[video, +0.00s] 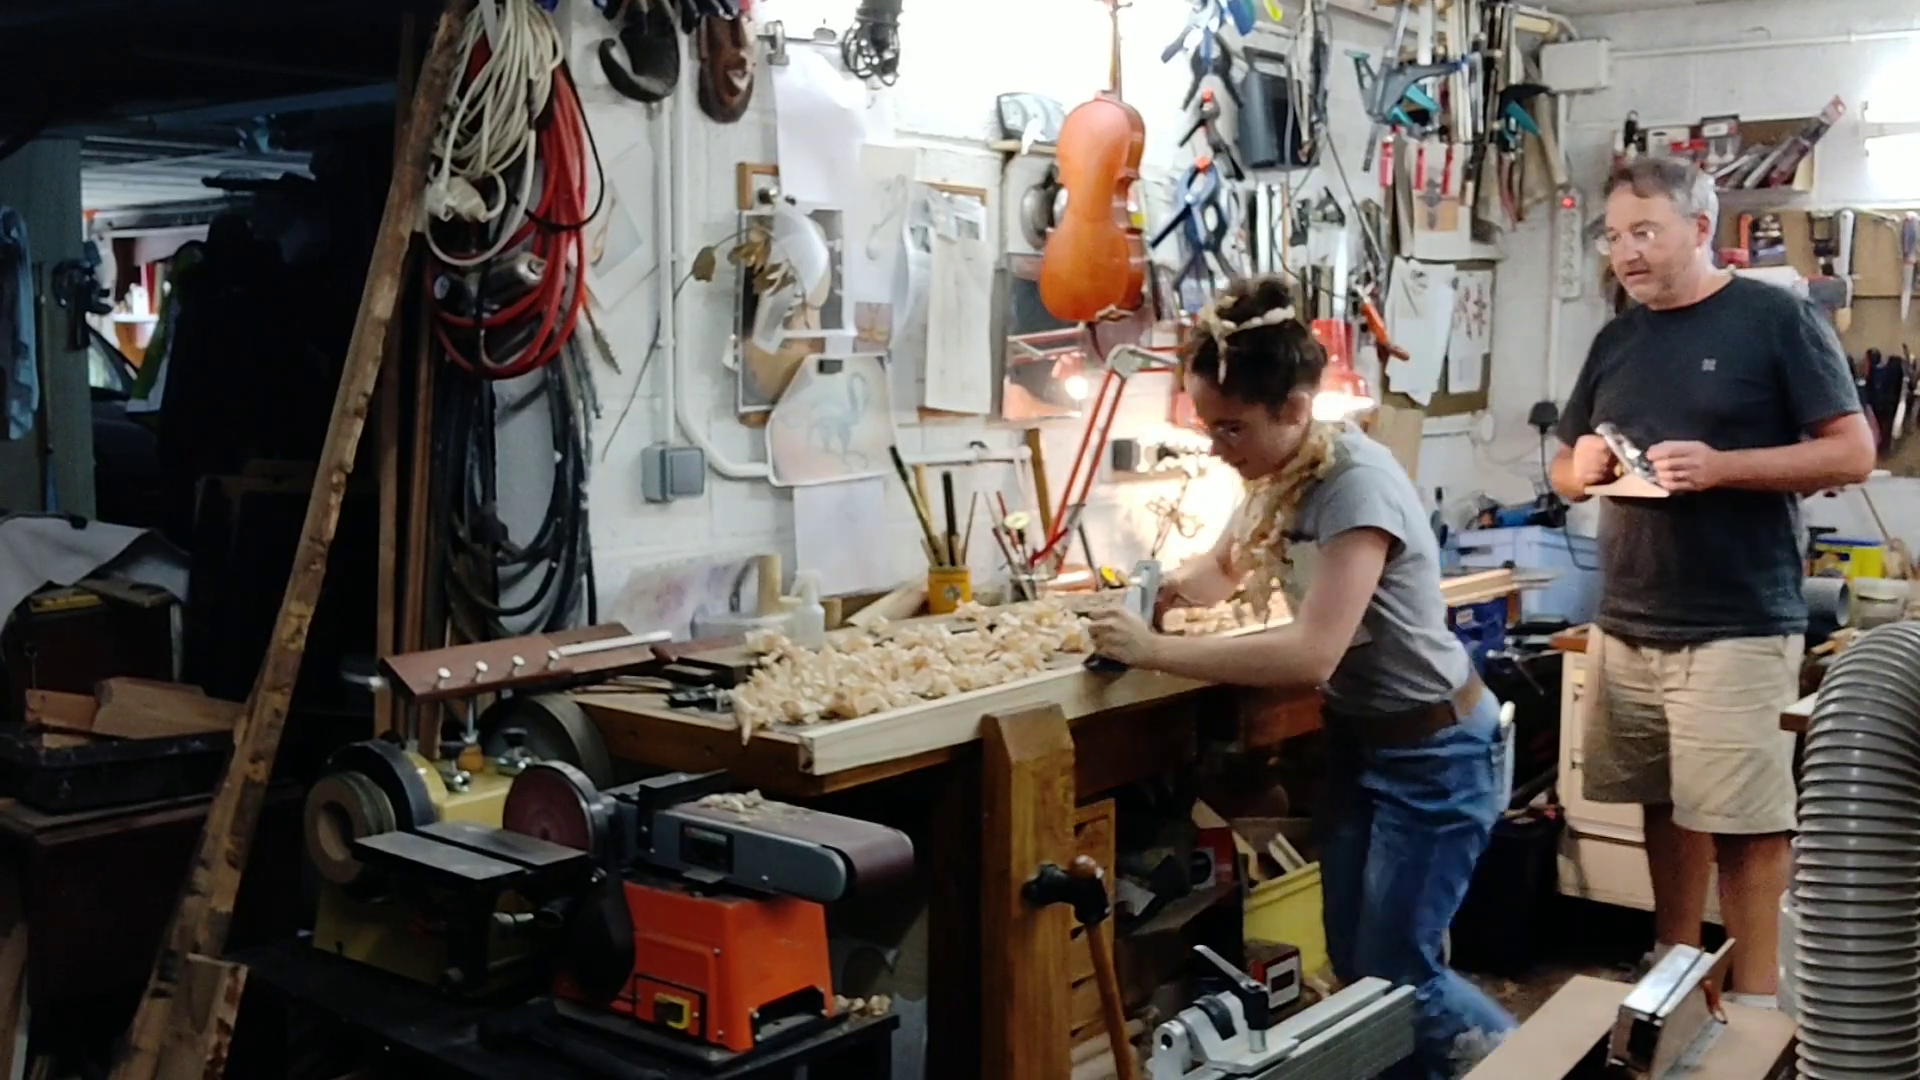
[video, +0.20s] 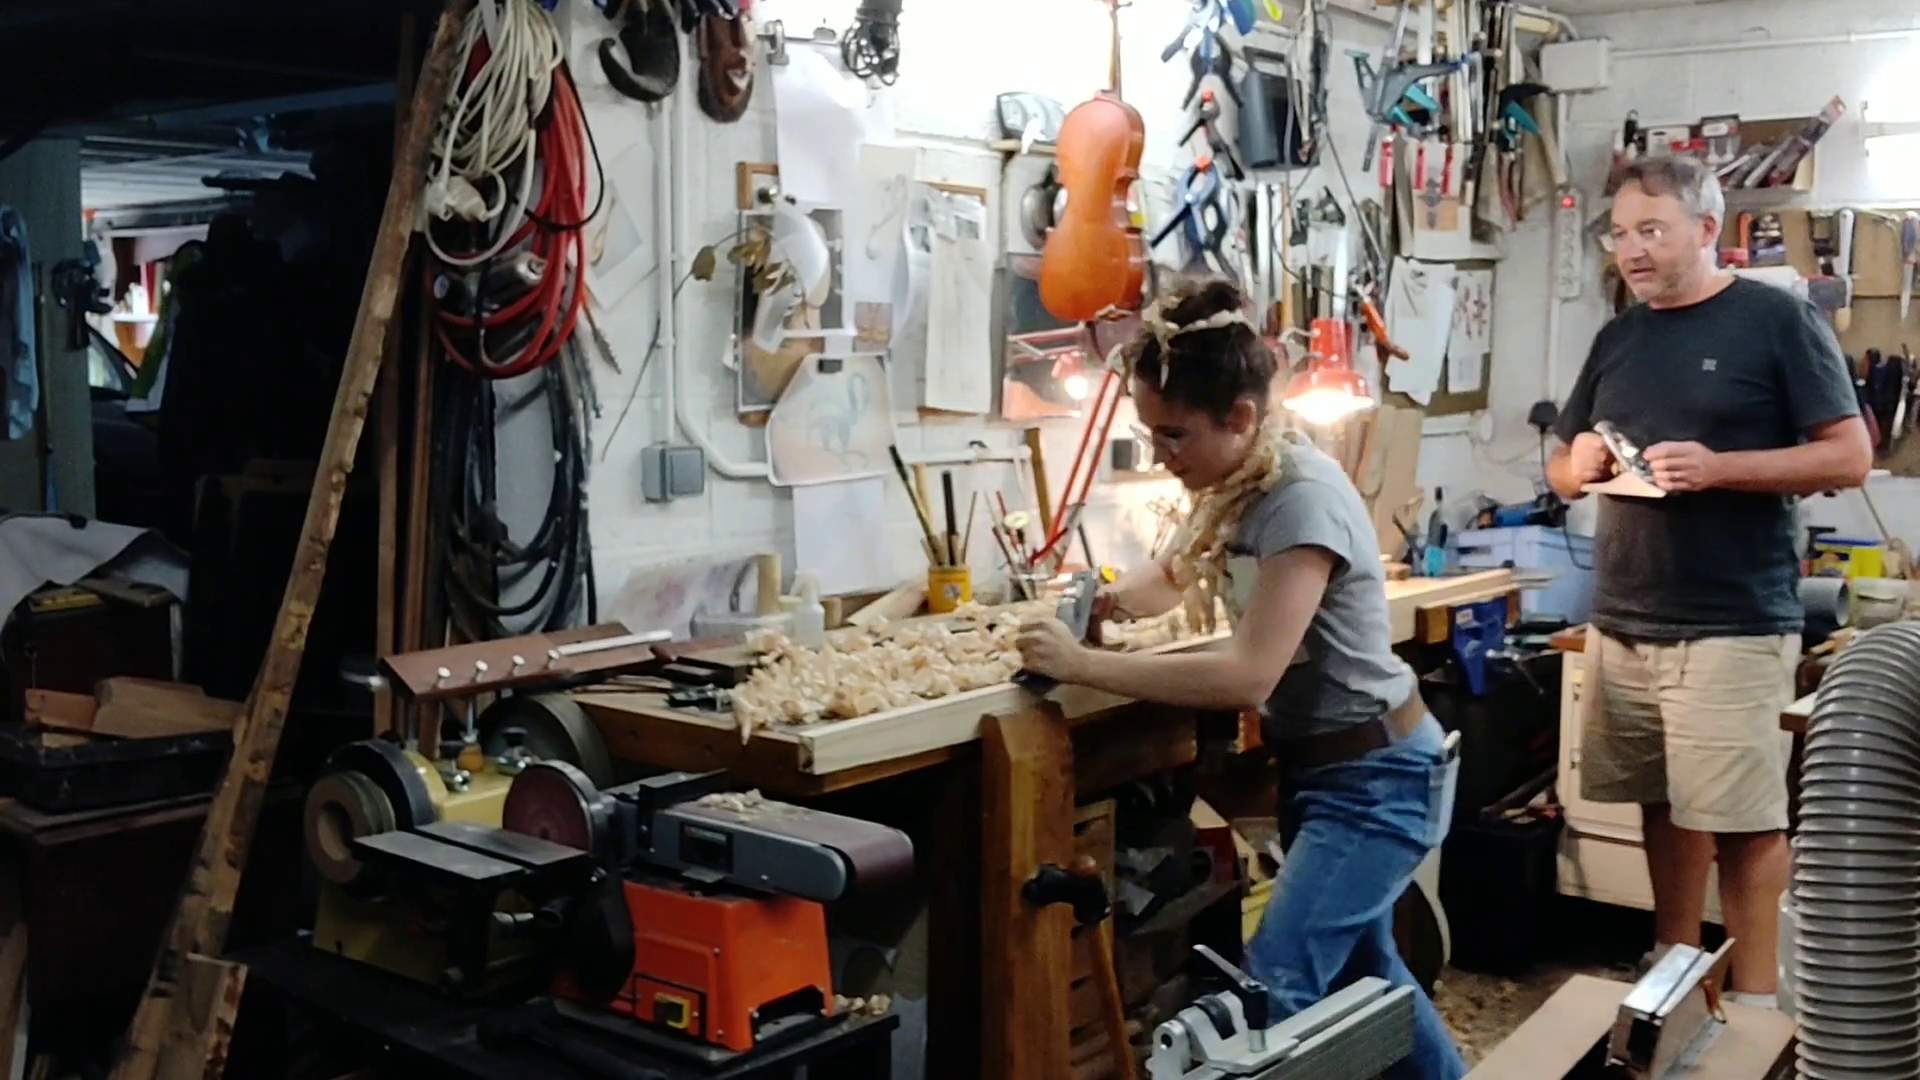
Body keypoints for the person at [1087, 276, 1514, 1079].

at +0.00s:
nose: (1217, 449)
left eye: (1231, 430)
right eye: (1208, 429)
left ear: (1295, 407)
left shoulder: (1360, 481)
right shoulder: (1283, 483)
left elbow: (1314, 652)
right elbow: (1221, 572)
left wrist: (1162, 652)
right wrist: (1144, 597)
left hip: (1439, 752)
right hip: (1362, 745)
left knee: (1395, 971)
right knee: (1353, 962)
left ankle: (1523, 1061)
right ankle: (1452, 1062)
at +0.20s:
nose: (1158, 457)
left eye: (1172, 438)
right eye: (1150, 437)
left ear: (1242, 416)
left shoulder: (1304, 497)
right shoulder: (1242, 492)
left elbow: (1249, 677)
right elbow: (1176, 578)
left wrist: (1084, 661)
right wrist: (1099, 598)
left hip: (1376, 777)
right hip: (1318, 774)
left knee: (1278, 977)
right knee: (1375, 979)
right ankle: (1444, 1074)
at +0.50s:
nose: (1059, 445)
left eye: (1068, 423)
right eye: (1052, 424)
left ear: (1144, 402)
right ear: (1139, 406)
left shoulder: (1219, 494)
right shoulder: (1165, 480)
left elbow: (1142, 696)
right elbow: (1102, 584)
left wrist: (964, 689)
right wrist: (1010, 620)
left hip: (1325, 795)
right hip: (1294, 787)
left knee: (1194, 1026)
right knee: (1348, 1013)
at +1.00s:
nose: (1122, 351)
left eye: (1133, 330)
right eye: (1122, 328)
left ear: (1193, 338)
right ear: (1211, 340)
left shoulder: (1240, 463)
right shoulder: (1276, 440)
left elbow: (1125, 661)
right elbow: (1172, 600)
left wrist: (947, 617)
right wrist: (1038, 594)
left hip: (1317, 783)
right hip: (1400, 755)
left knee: (1232, 1045)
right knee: (1374, 1034)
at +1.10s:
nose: (1172, 343)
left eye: (1178, 320)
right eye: (1171, 320)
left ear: (1223, 328)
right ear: (1300, 325)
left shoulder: (1253, 466)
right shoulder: (1344, 432)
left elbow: (1164, 677)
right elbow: (1289, 600)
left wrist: (1021, 597)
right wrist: (1149, 579)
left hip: (1322, 786)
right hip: (1430, 761)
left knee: (1228, 1043)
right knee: (1380, 1043)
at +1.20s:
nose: (1239, 336)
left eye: (1239, 317)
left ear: (1257, 322)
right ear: (1375, 328)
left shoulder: (1267, 469)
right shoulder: (1422, 435)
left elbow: (1203, 681)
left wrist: (1088, 591)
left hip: (1329, 781)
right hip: (1460, 765)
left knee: (1222, 1037)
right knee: (1405, 1045)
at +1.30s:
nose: (1288, 325)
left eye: (1287, 309)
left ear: (1302, 320)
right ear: (1413, 310)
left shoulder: (1280, 468)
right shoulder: (1500, 446)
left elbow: (1237, 675)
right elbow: (1504, 634)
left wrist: (1165, 581)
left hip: (1332, 784)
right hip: (1475, 771)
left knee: (1237, 1037)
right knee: (1419, 1050)